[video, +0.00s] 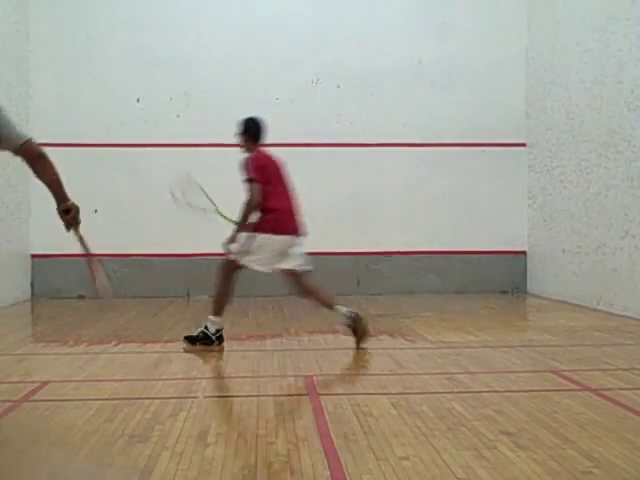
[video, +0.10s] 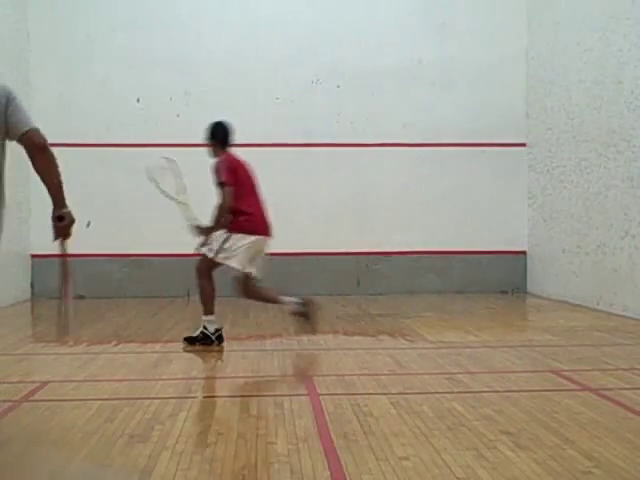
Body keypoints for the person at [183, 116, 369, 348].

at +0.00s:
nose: (239, 140)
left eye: (240, 136)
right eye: (240, 135)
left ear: (245, 137)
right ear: (260, 137)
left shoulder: (252, 161)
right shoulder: (272, 160)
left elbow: (254, 200)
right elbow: (278, 201)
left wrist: (236, 232)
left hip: (267, 230)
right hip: (288, 231)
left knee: (229, 267)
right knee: (301, 284)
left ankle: (212, 329)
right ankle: (347, 315)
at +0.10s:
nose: (207, 145)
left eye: (209, 140)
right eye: (209, 140)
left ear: (213, 142)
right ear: (228, 140)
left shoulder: (224, 164)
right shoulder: (237, 163)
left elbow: (227, 203)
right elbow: (233, 204)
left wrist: (212, 232)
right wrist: (211, 228)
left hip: (241, 229)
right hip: (258, 231)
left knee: (203, 268)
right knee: (247, 288)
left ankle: (210, 329)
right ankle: (297, 304)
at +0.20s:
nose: (181, 149)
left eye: (182, 144)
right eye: (182, 144)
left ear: (187, 145)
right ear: (201, 143)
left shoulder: (203, 164)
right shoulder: (205, 163)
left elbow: (198, 206)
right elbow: (198, 207)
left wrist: (173, 224)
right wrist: (179, 228)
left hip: (229, 227)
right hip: (235, 226)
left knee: (191, 269)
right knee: (200, 269)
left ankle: (208, 327)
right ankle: (235, 307)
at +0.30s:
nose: (159, 153)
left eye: (160, 148)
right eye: (159, 149)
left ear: (164, 148)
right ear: (178, 146)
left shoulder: (183, 164)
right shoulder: (179, 167)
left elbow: (159, 208)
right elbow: (163, 206)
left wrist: (133, 200)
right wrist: (142, 218)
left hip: (215, 226)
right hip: (206, 225)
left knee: (178, 270)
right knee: (171, 261)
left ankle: (207, 324)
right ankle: (172, 319)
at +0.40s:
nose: (139, 158)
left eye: (139, 154)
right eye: (139, 154)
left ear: (142, 153)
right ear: (156, 150)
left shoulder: (163, 166)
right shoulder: (155, 171)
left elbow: (133, 195)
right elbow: (125, 195)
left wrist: (106, 210)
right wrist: (116, 171)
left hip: (198, 228)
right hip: (187, 229)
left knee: (163, 274)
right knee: (153, 269)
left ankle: (202, 322)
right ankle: (126, 316)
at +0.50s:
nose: (121, 167)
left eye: (122, 163)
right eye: (120, 163)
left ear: (127, 161)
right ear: (136, 159)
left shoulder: (146, 175)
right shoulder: (131, 181)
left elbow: (118, 199)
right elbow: (107, 197)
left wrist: (92, 212)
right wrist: (115, 168)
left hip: (175, 237)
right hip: (162, 237)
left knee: (145, 284)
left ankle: (197, 319)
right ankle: (107, 325)